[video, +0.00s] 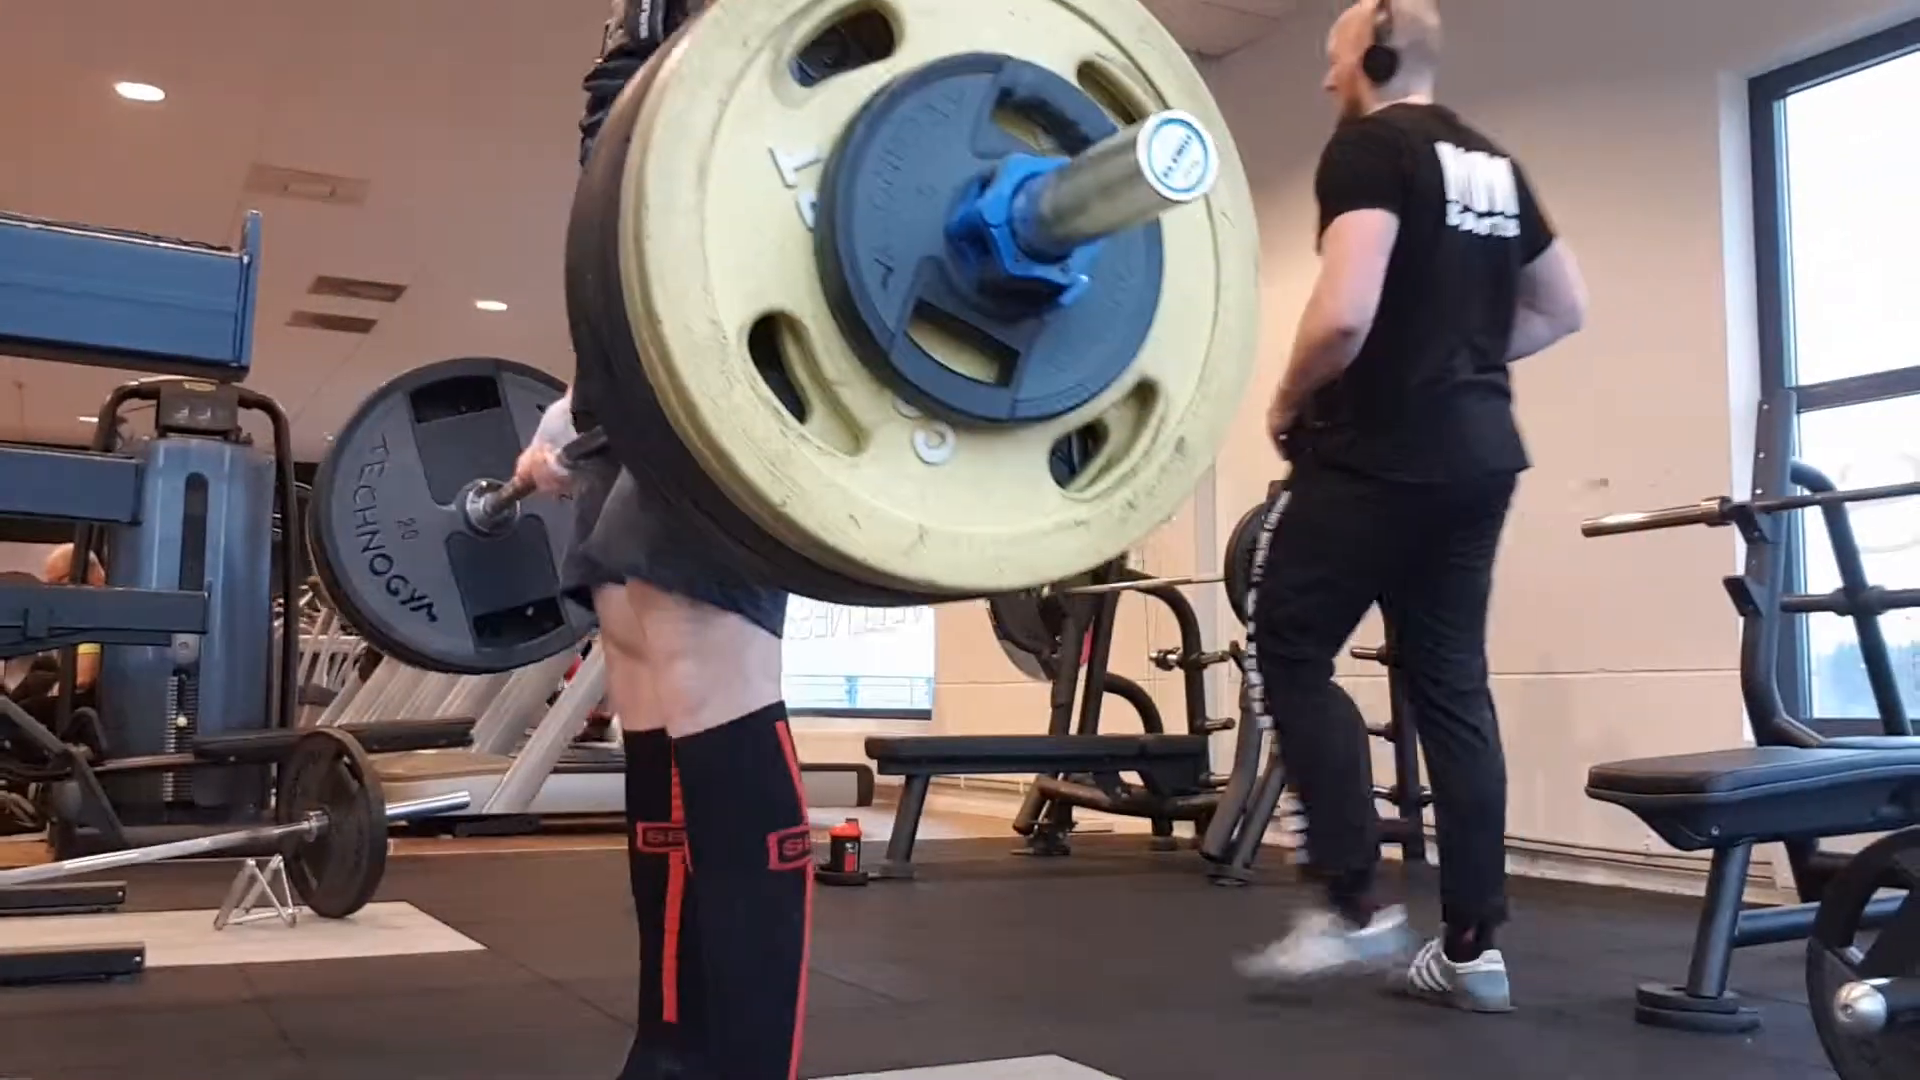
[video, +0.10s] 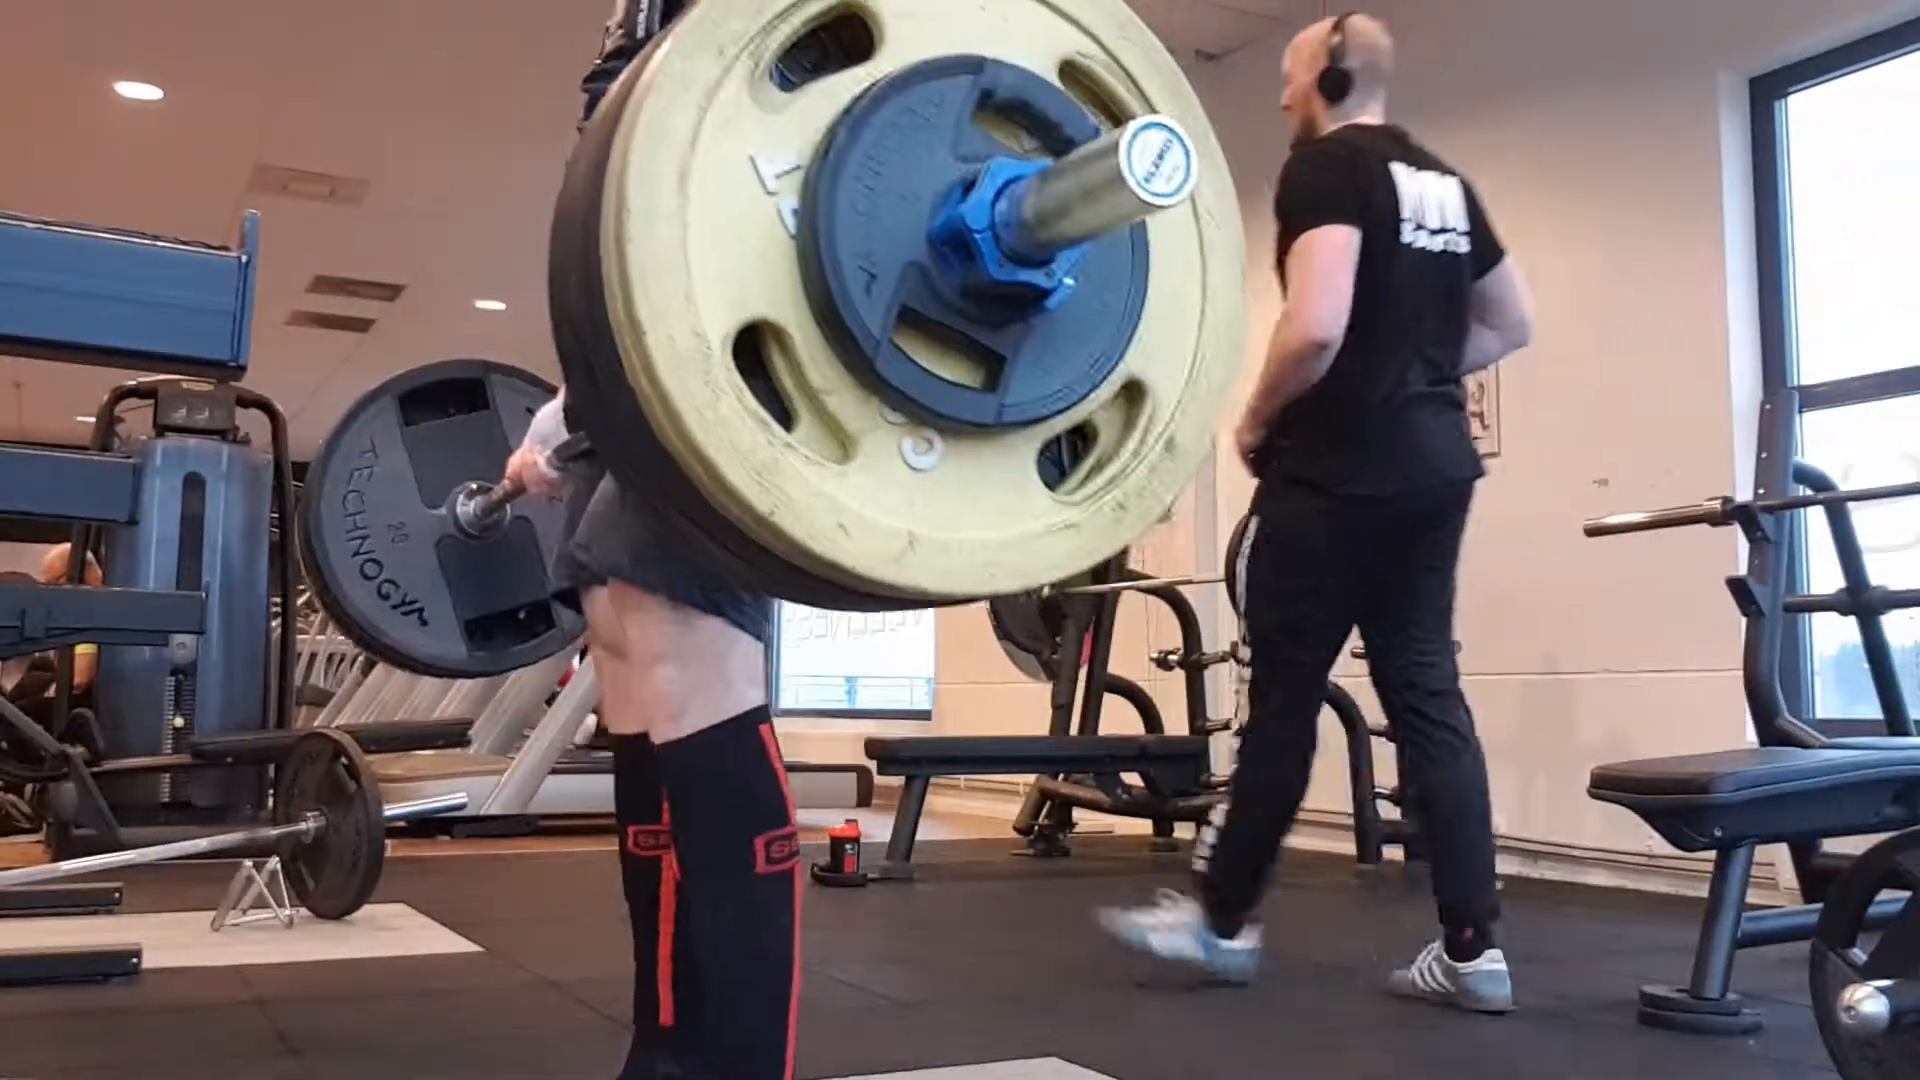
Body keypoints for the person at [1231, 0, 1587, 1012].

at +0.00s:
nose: (1325, 77)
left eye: (1331, 59)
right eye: (1328, 59)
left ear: (1364, 57)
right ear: (1423, 64)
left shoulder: (1368, 145)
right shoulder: (1494, 162)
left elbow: (1346, 314)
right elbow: (1559, 308)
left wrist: (1287, 399)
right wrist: (1462, 356)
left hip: (1375, 457)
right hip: (1477, 459)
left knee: (1291, 651)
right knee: (1450, 685)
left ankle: (1354, 910)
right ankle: (1472, 946)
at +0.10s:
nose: (1284, 102)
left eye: (1289, 86)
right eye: (1285, 86)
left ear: (1319, 84)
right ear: (1376, 84)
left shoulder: (1325, 161)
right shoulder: (1444, 177)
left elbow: (1316, 328)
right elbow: (1506, 325)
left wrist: (1254, 411)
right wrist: (1414, 365)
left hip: (1334, 467)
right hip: (1434, 466)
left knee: (1283, 695)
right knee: (1427, 692)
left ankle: (1219, 918)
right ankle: (1472, 949)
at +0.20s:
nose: (1237, 123)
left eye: (1241, 108)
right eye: (1240, 106)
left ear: (1267, 109)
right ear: (1327, 108)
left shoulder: (1272, 190)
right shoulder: (1395, 201)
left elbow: (1269, 353)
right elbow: (1459, 341)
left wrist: (1206, 430)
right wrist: (1360, 377)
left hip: (1287, 488)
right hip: (1385, 482)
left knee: (1253, 706)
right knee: (1387, 700)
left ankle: (1187, 923)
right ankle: (1466, 939)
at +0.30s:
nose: (1178, 128)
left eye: (1183, 115)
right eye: (1182, 114)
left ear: (1211, 121)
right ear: (1273, 122)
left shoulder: (1192, 208)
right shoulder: (1342, 210)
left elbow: (1146, 335)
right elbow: (1409, 345)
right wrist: (1322, 385)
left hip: (1223, 499)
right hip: (1332, 496)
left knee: (1190, 701)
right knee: (1314, 689)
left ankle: (1175, 927)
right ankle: (1429, 888)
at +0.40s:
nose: (1137, 136)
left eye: (1140, 123)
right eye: (1140, 122)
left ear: (1162, 127)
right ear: (1229, 126)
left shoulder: (1144, 212)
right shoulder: (1296, 208)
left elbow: (1096, 336)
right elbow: (1371, 340)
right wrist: (1283, 379)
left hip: (1187, 485)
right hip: (1282, 486)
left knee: (1169, 702)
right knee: (1243, 679)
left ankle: (1176, 925)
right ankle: (1337, 830)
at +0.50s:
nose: (1104, 139)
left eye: (1107, 127)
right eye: (1109, 125)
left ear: (1125, 130)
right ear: (1193, 129)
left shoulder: (1116, 208)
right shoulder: (1263, 213)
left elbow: (1080, 327)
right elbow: (1336, 340)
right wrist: (1254, 375)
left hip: (1159, 476)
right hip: (1246, 475)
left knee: (1161, 681)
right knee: (1210, 677)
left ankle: (1175, 924)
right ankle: (1230, 855)